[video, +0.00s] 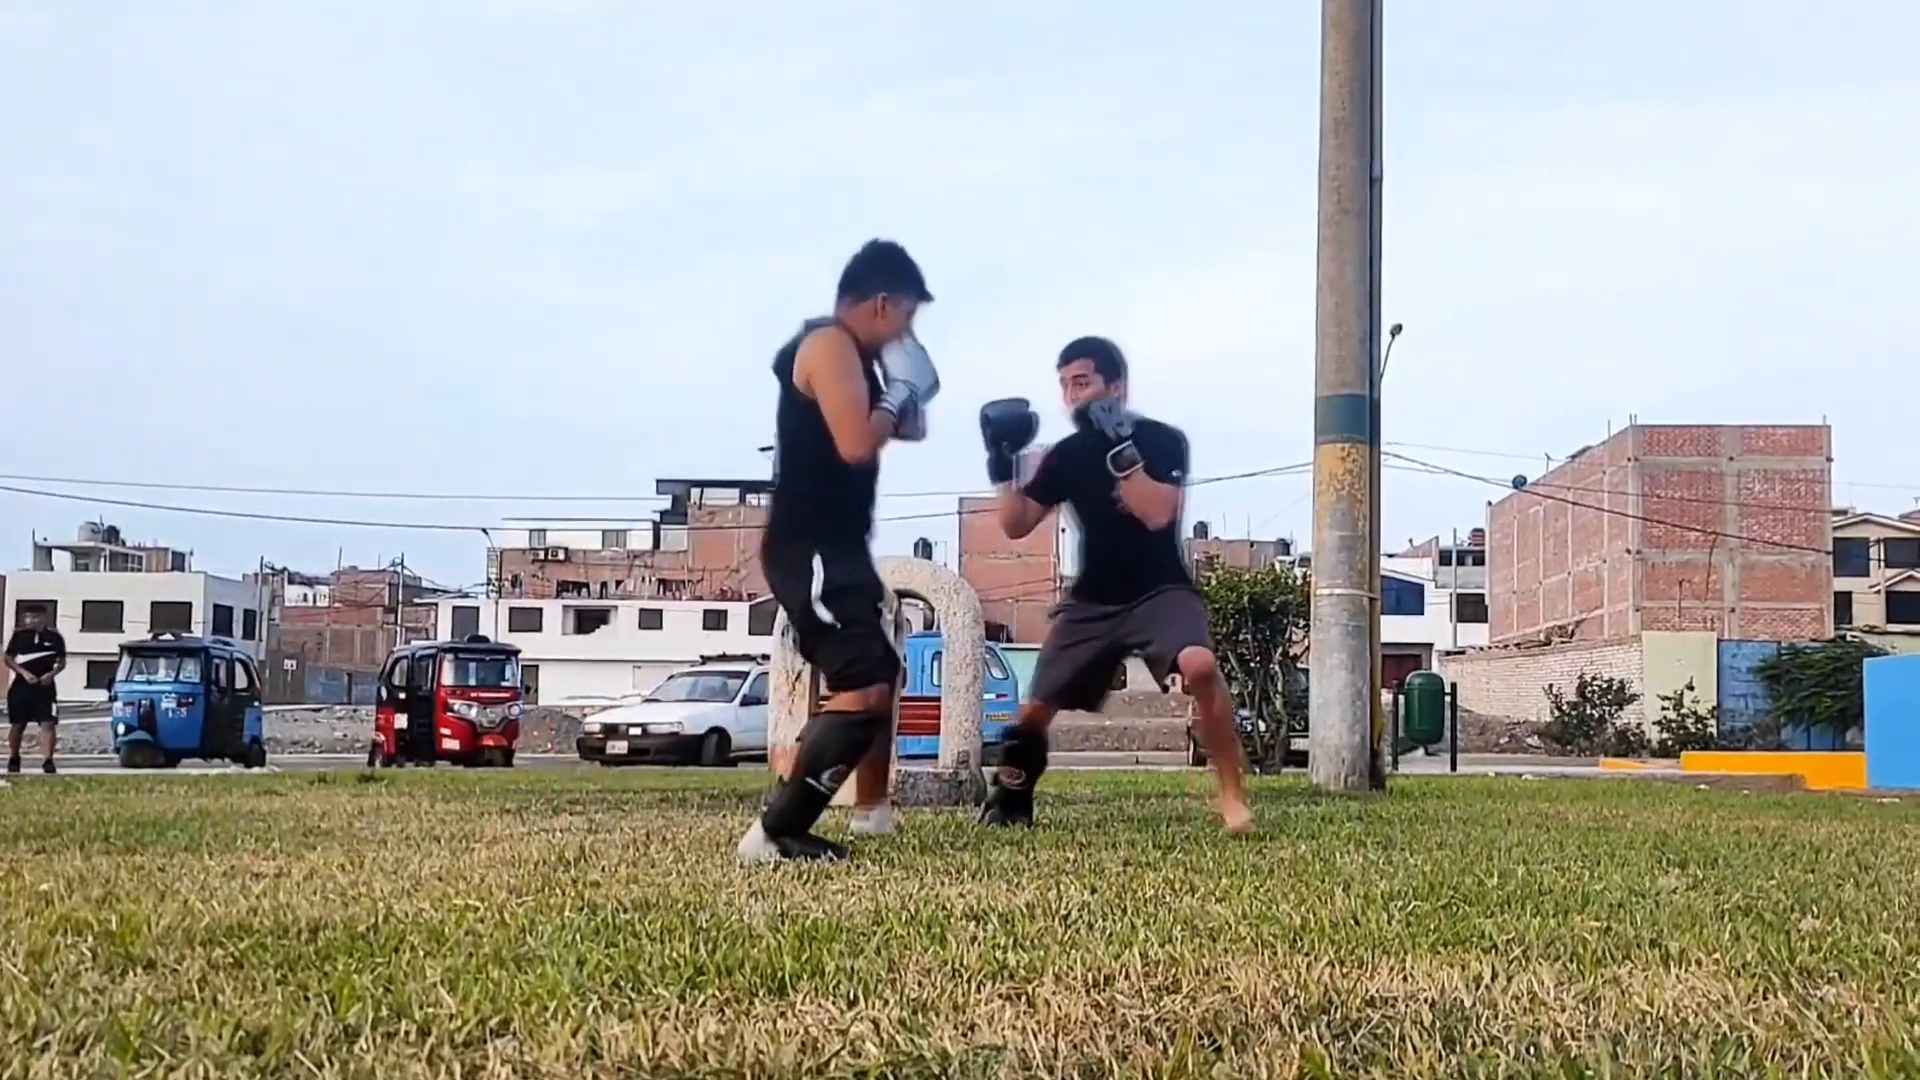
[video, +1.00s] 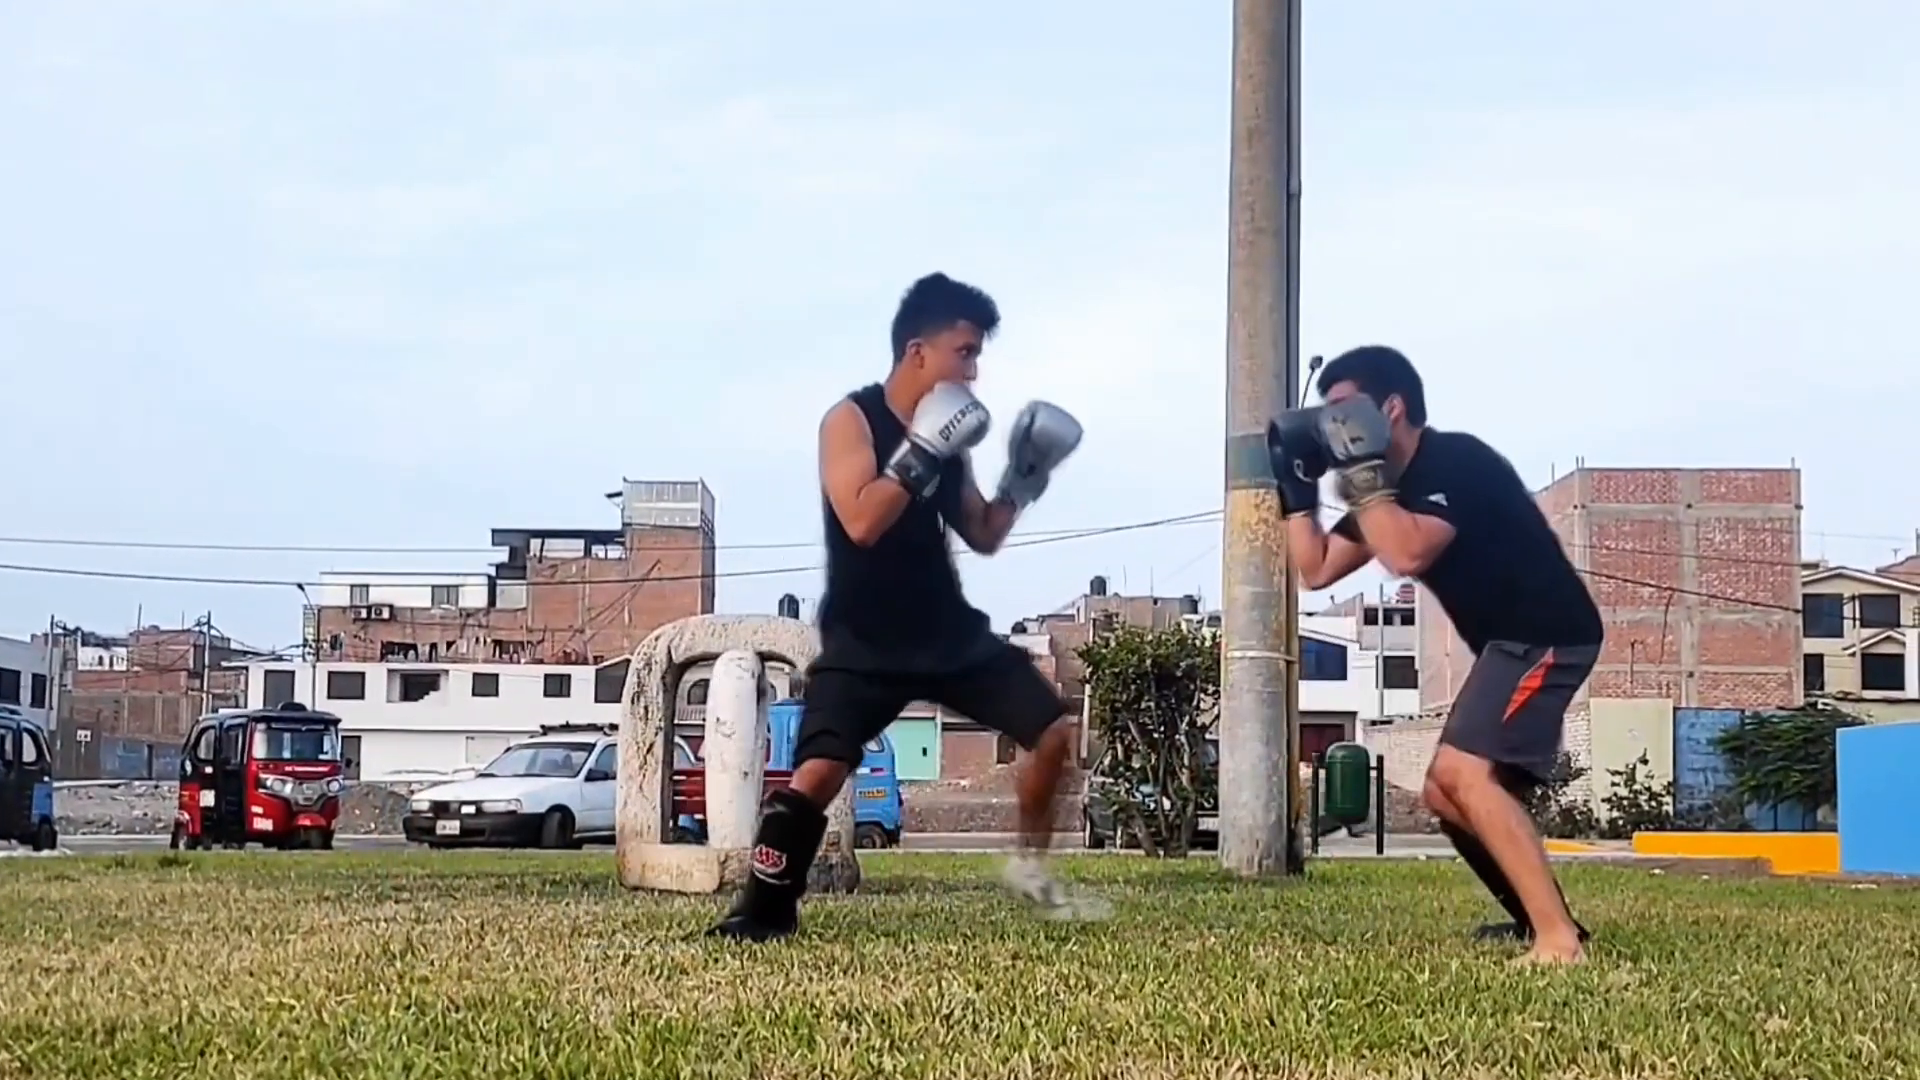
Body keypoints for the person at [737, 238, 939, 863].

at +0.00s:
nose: (908, 331)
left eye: (911, 318)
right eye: (907, 316)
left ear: (871, 303)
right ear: (878, 303)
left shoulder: (848, 353)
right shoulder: (828, 346)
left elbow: (907, 432)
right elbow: (857, 444)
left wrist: (904, 395)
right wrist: (894, 396)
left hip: (840, 545)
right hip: (811, 547)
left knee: (878, 686)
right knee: (861, 691)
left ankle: (790, 829)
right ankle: (772, 833)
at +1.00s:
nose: (975, 370)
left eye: (978, 355)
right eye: (965, 352)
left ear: (942, 354)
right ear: (916, 348)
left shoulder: (944, 432)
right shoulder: (849, 421)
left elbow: (985, 533)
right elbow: (862, 522)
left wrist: (1024, 476)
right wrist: (924, 451)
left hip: (950, 638)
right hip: (865, 644)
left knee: (1054, 732)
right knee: (820, 771)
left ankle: (1030, 866)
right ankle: (761, 913)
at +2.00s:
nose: (1240, 340)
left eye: (1240, 326)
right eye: (1238, 324)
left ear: (1180, 322)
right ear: (1211, 323)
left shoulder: (1156, 386)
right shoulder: (1172, 384)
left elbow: (1227, 492)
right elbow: (1247, 490)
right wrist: (1263, 419)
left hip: (1151, 605)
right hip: (1138, 606)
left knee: (1210, 755)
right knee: (1169, 771)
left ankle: (1204, 920)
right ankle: (1101, 944)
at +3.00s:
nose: (1056, 369)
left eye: (1057, 355)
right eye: (1053, 354)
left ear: (991, 346)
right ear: (1021, 348)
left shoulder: (933, 407)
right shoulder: (1016, 395)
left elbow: (945, 491)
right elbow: (1051, 479)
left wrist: (1037, 445)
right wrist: (1086, 460)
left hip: (911, 596)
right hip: (976, 589)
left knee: (962, 741)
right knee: (1077, 733)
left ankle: (936, 869)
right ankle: (1052, 899)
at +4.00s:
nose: (709, 428)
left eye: (716, 419)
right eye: (706, 412)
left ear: (707, 419)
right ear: (668, 394)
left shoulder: (683, 474)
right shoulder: (600, 427)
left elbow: (750, 509)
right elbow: (547, 496)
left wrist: (759, 434)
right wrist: (622, 465)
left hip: (606, 631)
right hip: (538, 613)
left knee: (664, 747)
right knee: (484, 737)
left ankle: (632, 896)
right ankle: (399, 866)